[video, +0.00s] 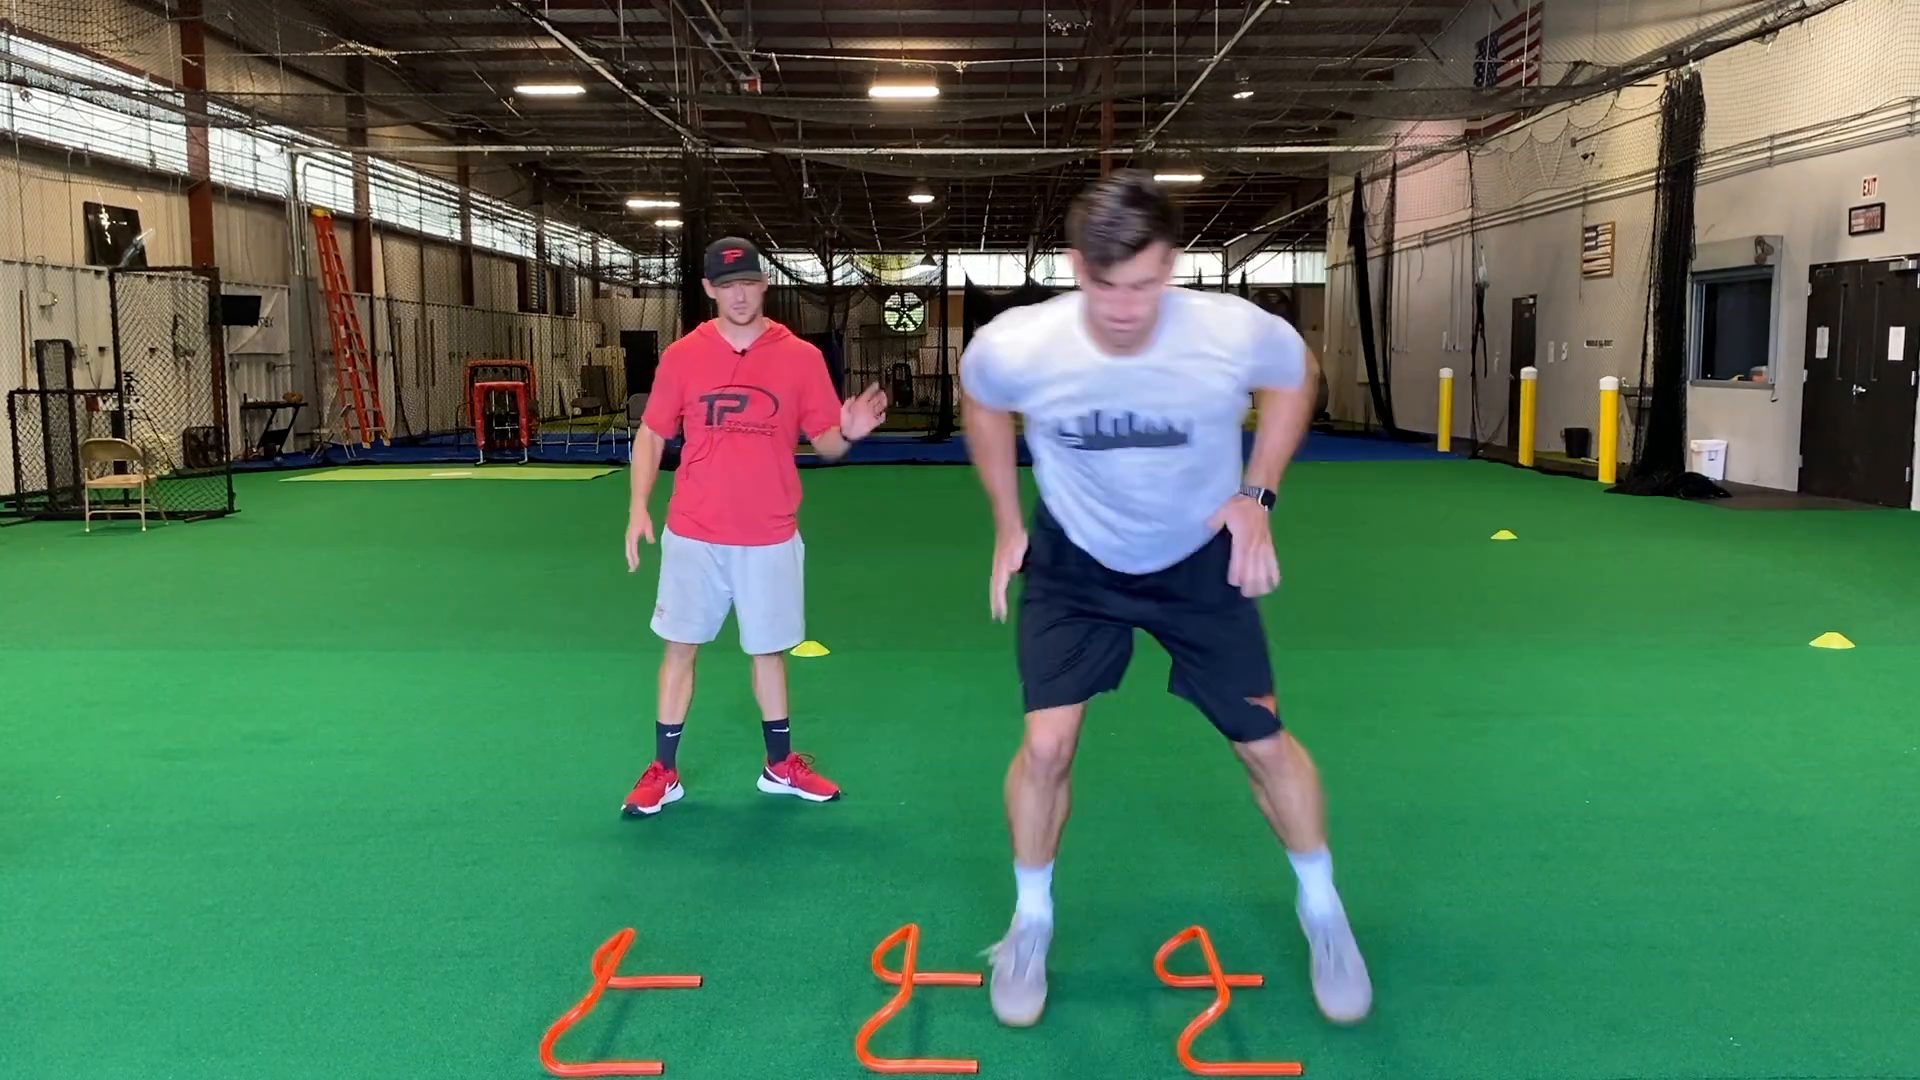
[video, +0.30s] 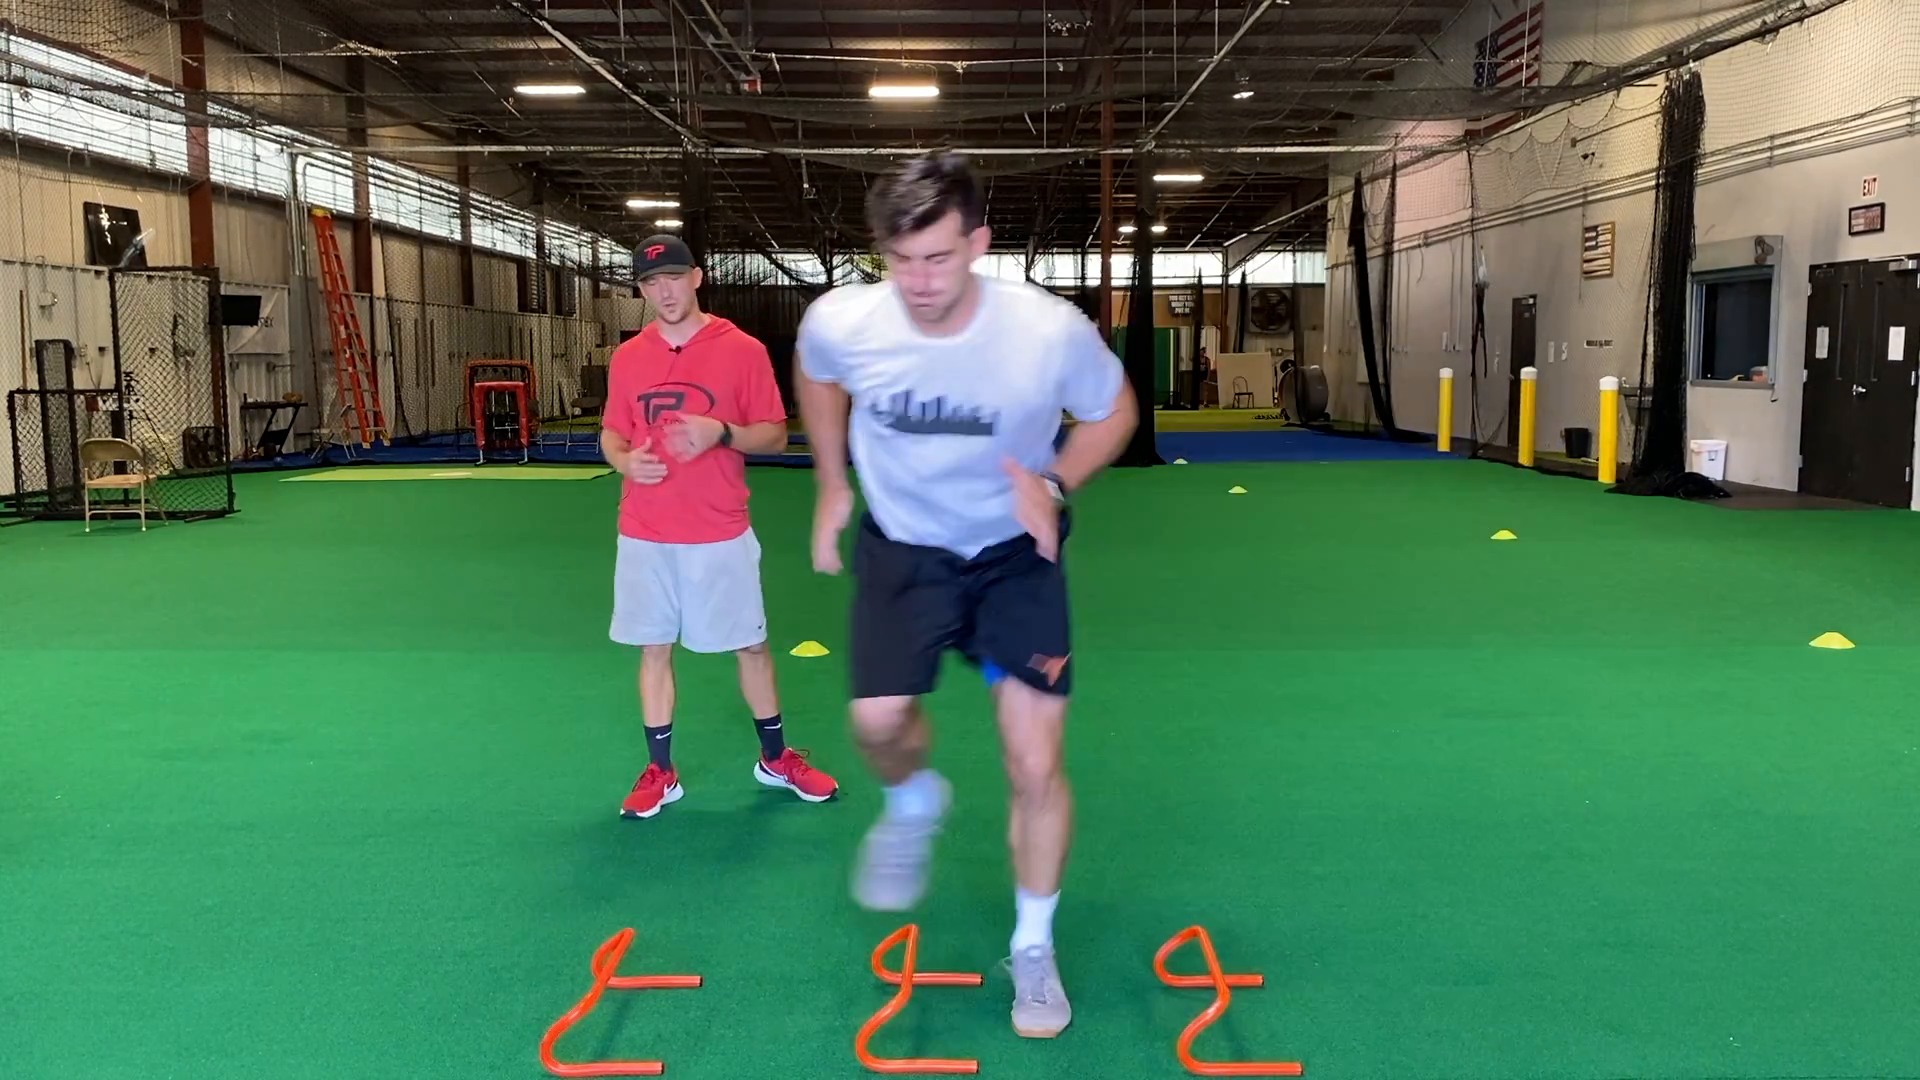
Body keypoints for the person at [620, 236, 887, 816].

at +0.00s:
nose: (740, 295)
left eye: (749, 284)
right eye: (728, 286)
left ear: (765, 284)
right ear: (710, 290)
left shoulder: (800, 357)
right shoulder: (682, 357)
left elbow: (826, 446)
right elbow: (652, 434)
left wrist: (848, 428)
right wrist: (639, 506)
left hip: (770, 534)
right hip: (695, 531)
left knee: (770, 647)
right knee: (681, 644)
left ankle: (781, 761)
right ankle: (664, 768)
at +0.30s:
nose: (666, 290)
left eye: (675, 277)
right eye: (653, 282)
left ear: (697, 277)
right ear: (641, 289)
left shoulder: (741, 350)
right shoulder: (628, 357)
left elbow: (774, 435)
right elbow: (611, 434)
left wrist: (722, 432)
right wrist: (624, 460)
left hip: (721, 532)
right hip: (646, 533)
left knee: (751, 642)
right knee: (654, 644)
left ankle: (775, 757)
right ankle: (660, 769)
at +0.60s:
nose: (633, 287)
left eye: (644, 274)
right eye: (622, 278)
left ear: (668, 278)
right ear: (609, 287)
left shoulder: (702, 345)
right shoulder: (598, 358)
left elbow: (731, 426)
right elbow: (572, 431)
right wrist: (588, 452)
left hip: (705, 524)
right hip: (631, 527)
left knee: (716, 648)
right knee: (650, 648)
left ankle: (727, 766)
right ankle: (660, 765)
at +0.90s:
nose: (635, 294)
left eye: (642, 282)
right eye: (625, 284)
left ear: (661, 282)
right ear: (607, 282)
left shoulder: (691, 344)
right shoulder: (580, 350)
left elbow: (750, 420)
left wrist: (689, 450)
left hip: (693, 516)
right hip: (612, 521)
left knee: (694, 654)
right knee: (643, 651)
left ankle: (719, 781)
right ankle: (658, 765)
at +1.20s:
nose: (653, 289)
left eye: (662, 277)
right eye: (641, 279)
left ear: (680, 279)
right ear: (622, 285)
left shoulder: (723, 346)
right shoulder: (604, 361)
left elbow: (762, 430)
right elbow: (586, 449)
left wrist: (698, 442)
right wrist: (600, 525)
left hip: (707, 536)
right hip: (638, 540)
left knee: (720, 655)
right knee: (649, 654)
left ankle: (742, 778)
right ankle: (660, 770)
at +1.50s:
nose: (696, 287)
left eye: (706, 275)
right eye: (683, 276)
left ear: (719, 278)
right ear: (661, 281)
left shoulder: (758, 350)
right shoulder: (636, 356)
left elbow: (792, 437)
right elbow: (613, 447)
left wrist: (729, 442)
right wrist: (580, 509)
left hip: (734, 538)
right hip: (657, 540)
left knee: (736, 659)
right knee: (661, 658)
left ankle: (745, 786)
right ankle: (661, 771)